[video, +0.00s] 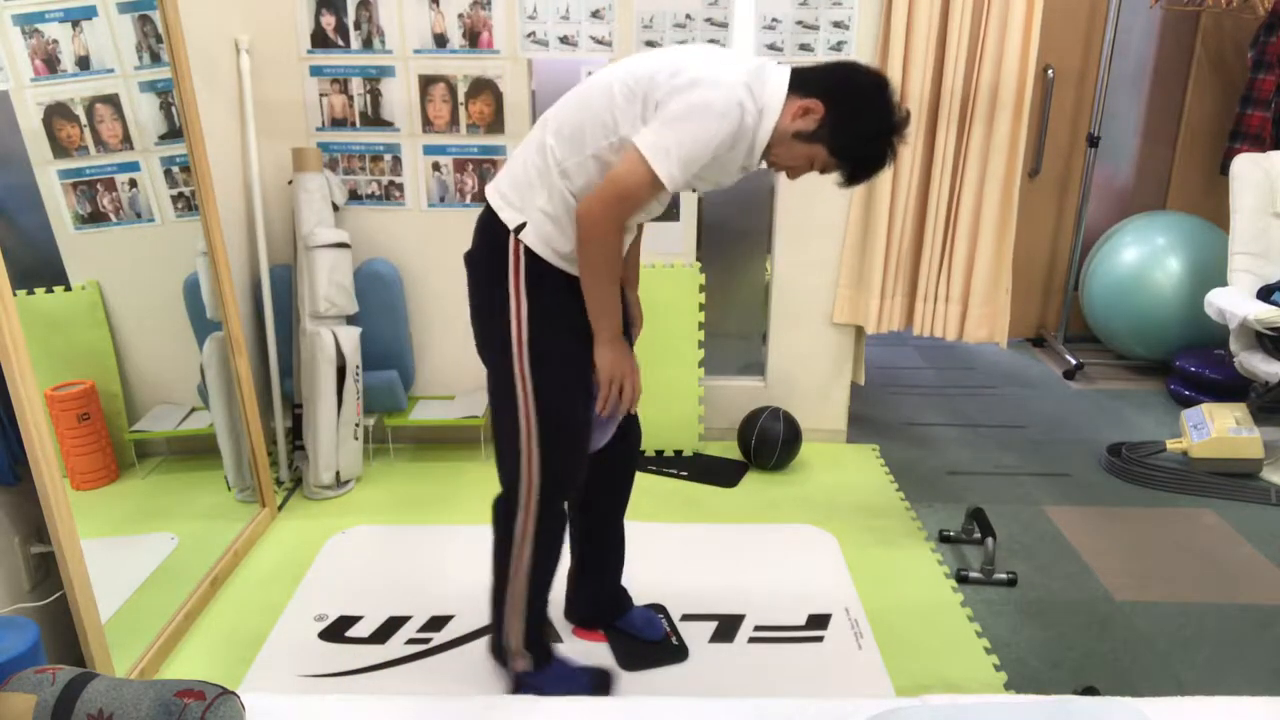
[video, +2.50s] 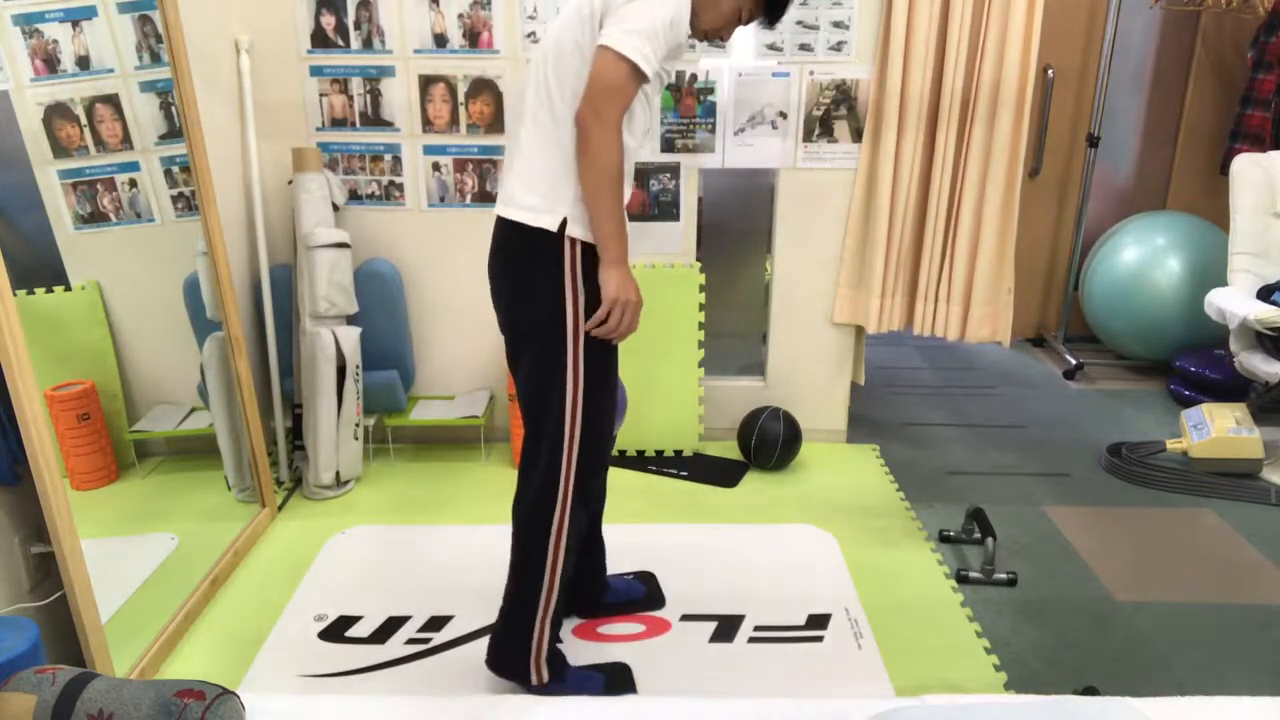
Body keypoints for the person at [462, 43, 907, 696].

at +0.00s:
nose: (800, 173)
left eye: (817, 170)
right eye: (817, 162)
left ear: (807, 109)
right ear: (809, 114)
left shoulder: (745, 115)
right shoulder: (724, 106)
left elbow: (630, 202)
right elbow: (598, 211)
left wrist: (627, 295)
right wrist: (609, 342)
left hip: (584, 250)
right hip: (525, 244)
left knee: (610, 441)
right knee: (545, 458)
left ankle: (597, 602)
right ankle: (520, 649)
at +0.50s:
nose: (778, 88)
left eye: (793, 78)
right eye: (788, 71)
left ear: (761, 17)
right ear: (762, 21)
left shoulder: (700, 44)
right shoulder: (666, 63)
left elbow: (603, 171)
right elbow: (545, 187)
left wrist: (611, 261)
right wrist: (541, 339)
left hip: (586, 276)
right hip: (539, 282)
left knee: (618, 435)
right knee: (576, 471)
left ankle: (594, 595)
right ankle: (554, 669)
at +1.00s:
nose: (746, 36)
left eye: (759, 25)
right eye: (758, 18)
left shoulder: (658, 28)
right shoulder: (614, 39)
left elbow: (585, 175)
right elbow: (530, 189)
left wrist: (600, 299)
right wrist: (565, 340)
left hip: (588, 276)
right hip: (536, 286)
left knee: (607, 444)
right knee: (569, 476)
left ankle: (601, 593)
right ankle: (553, 667)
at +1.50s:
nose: (728, 7)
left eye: (734, 1)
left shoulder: (640, 19)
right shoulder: (608, 29)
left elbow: (573, 173)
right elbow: (535, 185)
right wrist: (562, 341)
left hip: (587, 276)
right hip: (547, 287)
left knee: (603, 438)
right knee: (566, 473)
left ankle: (589, 583)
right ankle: (553, 666)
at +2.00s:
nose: (727, 10)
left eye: (732, 5)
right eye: (731, 1)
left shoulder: (641, 15)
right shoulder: (632, 12)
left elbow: (572, 136)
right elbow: (563, 134)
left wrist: (588, 277)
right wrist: (578, 282)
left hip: (574, 257)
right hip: (550, 263)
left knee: (590, 438)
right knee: (565, 458)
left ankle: (584, 585)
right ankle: (550, 661)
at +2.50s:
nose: (726, 35)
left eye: (740, 27)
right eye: (742, 19)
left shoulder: (621, 13)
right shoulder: (657, 7)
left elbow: (577, 122)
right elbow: (595, 115)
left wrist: (601, 254)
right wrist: (615, 262)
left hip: (559, 239)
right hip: (551, 241)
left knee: (590, 423)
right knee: (566, 442)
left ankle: (580, 586)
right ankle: (523, 653)